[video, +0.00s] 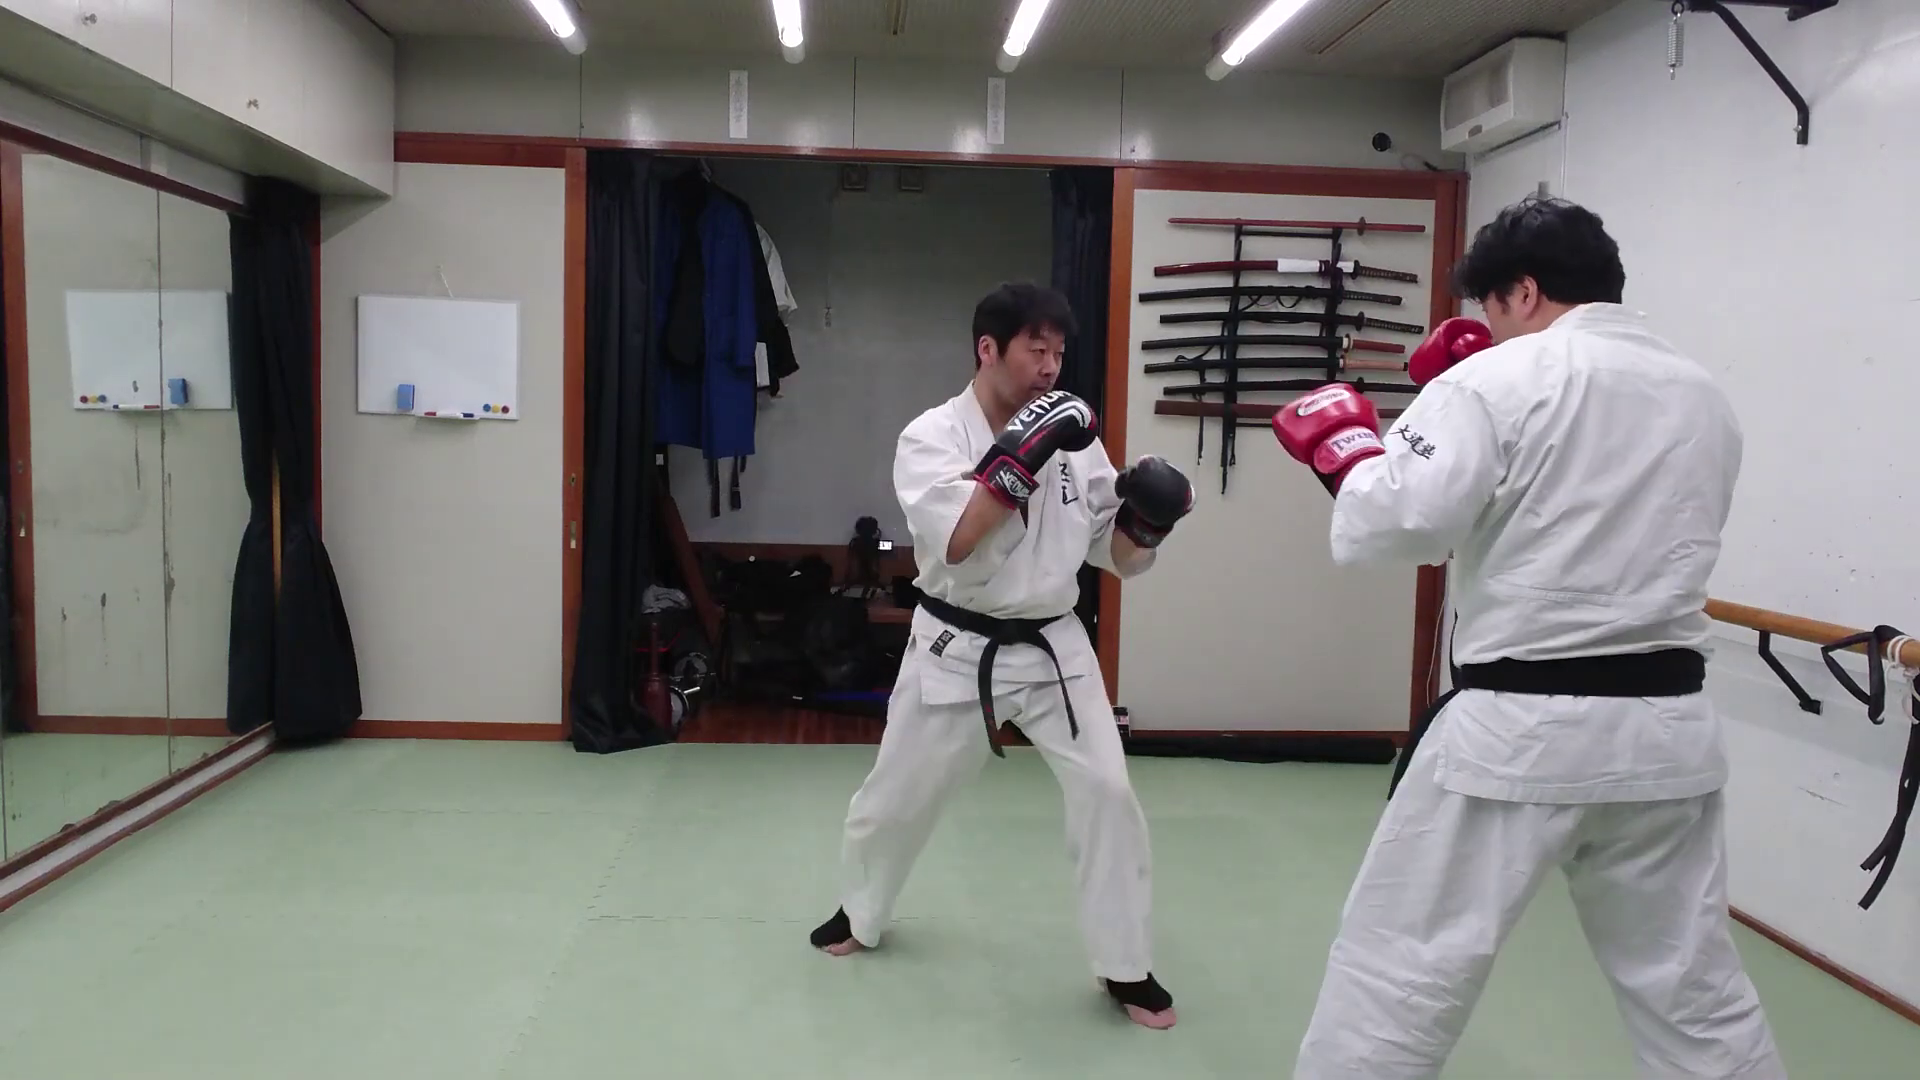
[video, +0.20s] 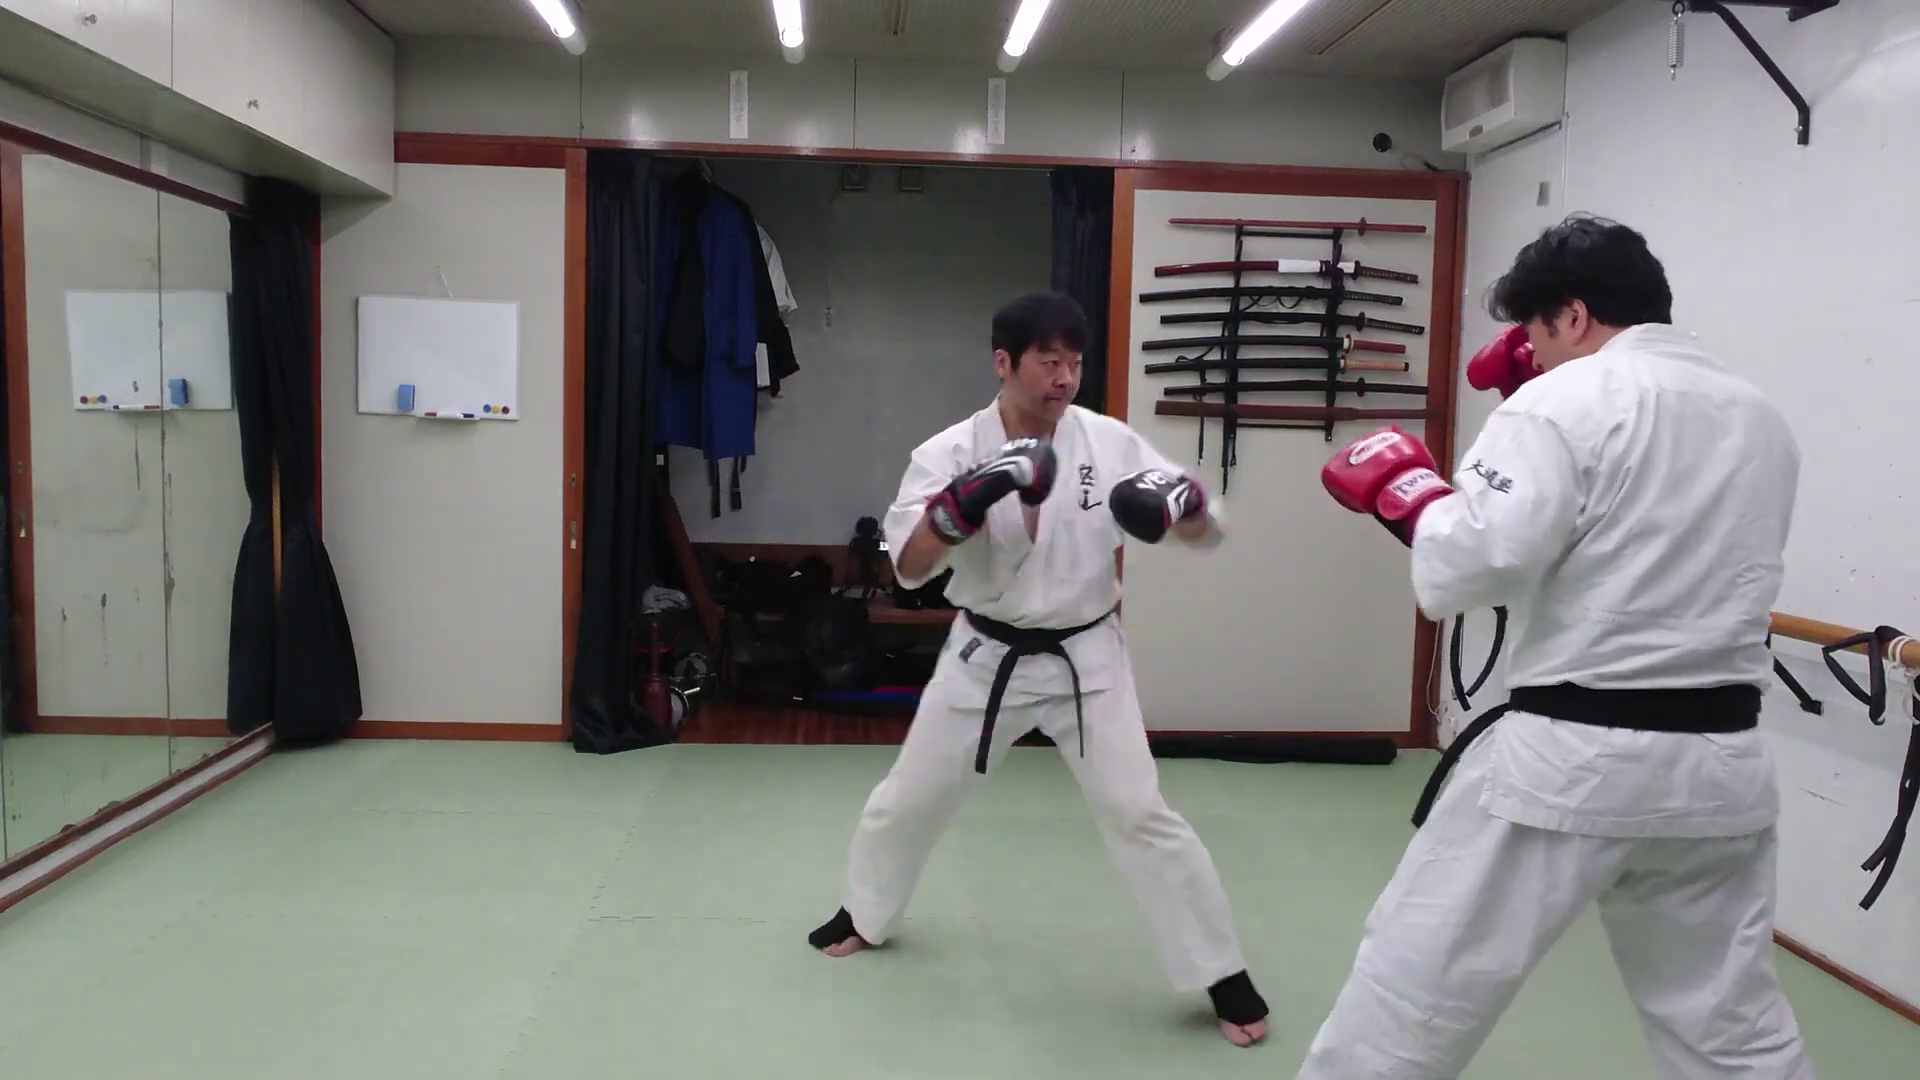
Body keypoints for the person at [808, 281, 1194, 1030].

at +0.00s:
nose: (1050, 366)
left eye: (1058, 353)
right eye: (1037, 349)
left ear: (1063, 361)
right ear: (988, 349)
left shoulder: (1074, 440)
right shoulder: (930, 437)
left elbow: (1119, 557)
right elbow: (955, 542)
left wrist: (1147, 521)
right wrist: (1023, 452)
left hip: (1054, 640)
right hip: (950, 640)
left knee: (1108, 789)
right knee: (892, 800)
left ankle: (1126, 966)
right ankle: (861, 911)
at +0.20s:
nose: (1065, 376)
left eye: (1073, 360)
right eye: (1047, 361)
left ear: (1083, 365)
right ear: (1004, 363)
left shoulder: (1111, 444)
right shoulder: (948, 455)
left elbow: (1203, 526)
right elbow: (908, 567)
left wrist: (1178, 509)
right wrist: (955, 509)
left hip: (1088, 652)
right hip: (981, 651)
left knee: (1137, 812)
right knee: (905, 801)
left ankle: (1225, 977)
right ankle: (866, 915)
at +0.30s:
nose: (1100, 355)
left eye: (1112, 341)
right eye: (1083, 340)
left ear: (1125, 347)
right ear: (1044, 345)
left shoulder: (1158, 420)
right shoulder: (995, 433)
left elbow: (1263, 439)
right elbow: (926, 541)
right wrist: (956, 485)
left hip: (1118, 642)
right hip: (1020, 635)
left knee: (1169, 819)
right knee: (948, 768)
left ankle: (1246, 979)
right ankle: (882, 893)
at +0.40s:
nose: (1148, 346)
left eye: (1159, 331)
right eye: (1130, 332)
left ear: (1174, 337)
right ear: (1093, 340)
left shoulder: (1202, 415)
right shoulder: (1053, 426)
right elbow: (1004, 539)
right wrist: (1036, 480)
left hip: (1148, 637)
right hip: (1053, 624)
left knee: (1182, 809)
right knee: (1000, 759)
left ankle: (1244, 978)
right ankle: (958, 880)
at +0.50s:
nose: (1189, 337)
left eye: (1200, 321)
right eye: (1170, 321)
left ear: (1212, 328)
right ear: (1132, 328)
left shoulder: (1240, 409)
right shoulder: (1082, 415)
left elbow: (1338, 493)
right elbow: (1036, 526)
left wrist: (1329, 437)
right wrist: (1084, 468)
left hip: (1182, 630)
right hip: (1088, 620)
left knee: (1202, 804)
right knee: (1045, 756)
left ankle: (1249, 980)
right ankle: (1035, 862)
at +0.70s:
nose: (1221, 354)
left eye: (1233, 339)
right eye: (1205, 338)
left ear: (1246, 345)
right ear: (1169, 340)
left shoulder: (1272, 423)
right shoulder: (1127, 415)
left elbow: (1343, 500)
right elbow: (1062, 508)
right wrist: (1106, 440)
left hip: (1222, 634)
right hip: (1134, 627)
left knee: (1221, 800)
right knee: (1122, 761)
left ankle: (1253, 985)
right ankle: (1152, 854)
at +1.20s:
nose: (1280, 350)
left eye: (1293, 336)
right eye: (1265, 332)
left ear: (1307, 338)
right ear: (1233, 330)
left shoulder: (1328, 417)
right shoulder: (1180, 407)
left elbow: (1347, 508)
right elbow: (1131, 513)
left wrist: (1351, 534)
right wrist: (1178, 506)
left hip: (1271, 606)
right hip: (1180, 599)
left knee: (1288, 757)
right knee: (1145, 739)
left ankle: (1309, 913)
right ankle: (1133, 858)